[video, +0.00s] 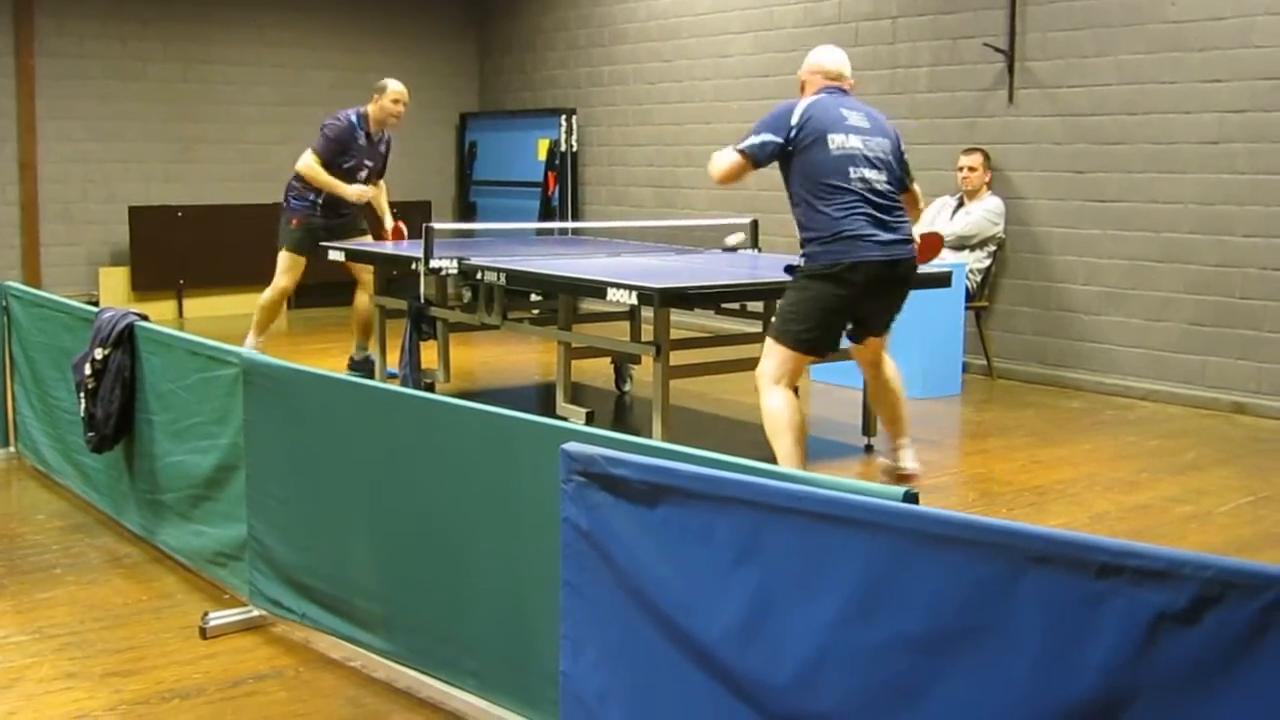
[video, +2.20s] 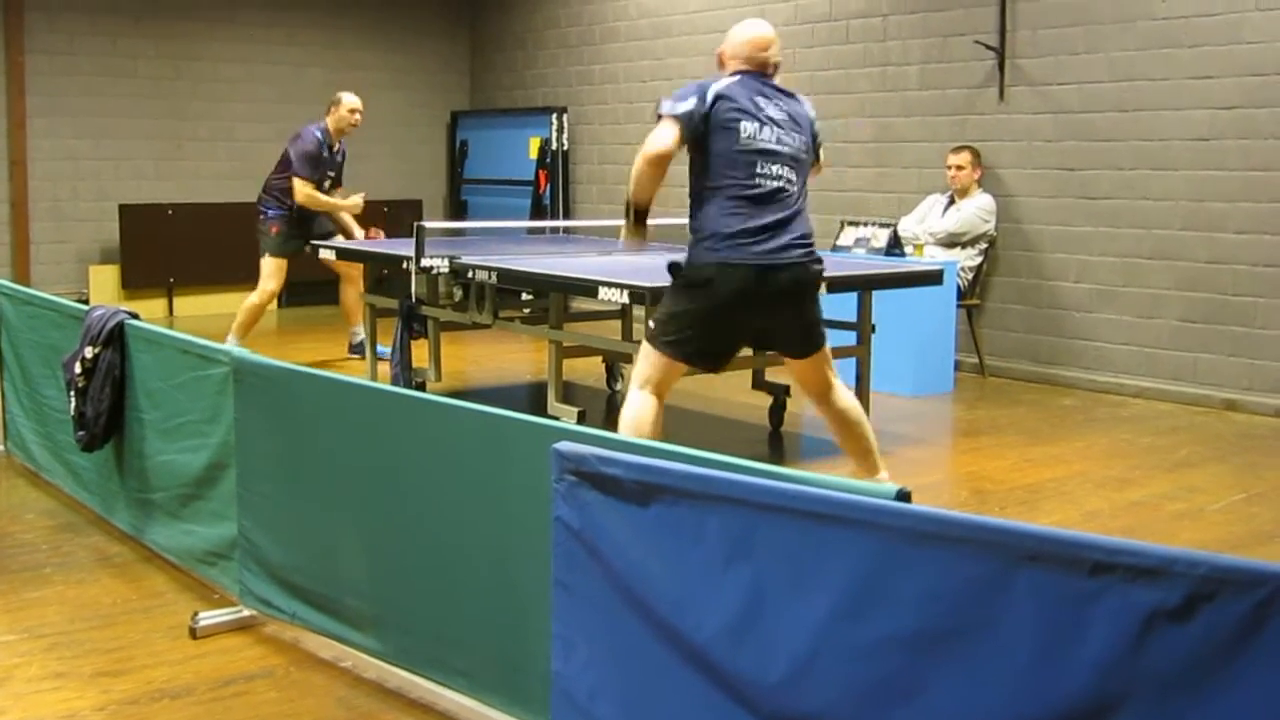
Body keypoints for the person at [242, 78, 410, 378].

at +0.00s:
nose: (400, 110)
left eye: (404, 105)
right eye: (395, 102)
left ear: (403, 108)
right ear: (376, 100)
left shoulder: (384, 140)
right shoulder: (342, 126)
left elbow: (376, 183)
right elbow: (305, 165)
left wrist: (387, 218)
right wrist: (346, 190)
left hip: (345, 212)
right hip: (305, 208)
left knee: (369, 279)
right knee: (284, 285)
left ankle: (360, 356)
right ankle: (252, 344)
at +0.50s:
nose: (381, 119)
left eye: (383, 113)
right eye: (375, 112)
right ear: (354, 112)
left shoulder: (372, 146)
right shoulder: (324, 141)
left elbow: (386, 185)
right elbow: (305, 194)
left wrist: (403, 205)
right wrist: (352, 205)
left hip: (351, 219)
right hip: (310, 218)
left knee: (392, 270)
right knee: (286, 289)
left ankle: (408, 346)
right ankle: (261, 344)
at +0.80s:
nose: (424, 131)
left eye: (425, 126)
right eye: (420, 125)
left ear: (403, 125)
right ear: (399, 123)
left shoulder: (400, 155)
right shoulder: (361, 146)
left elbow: (400, 192)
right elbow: (325, 185)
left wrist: (442, 209)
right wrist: (358, 212)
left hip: (367, 220)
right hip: (327, 217)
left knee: (412, 266)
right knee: (299, 286)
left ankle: (410, 342)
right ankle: (260, 342)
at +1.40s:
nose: (400, 98)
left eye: (404, 93)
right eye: (394, 91)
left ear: (405, 97)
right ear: (376, 92)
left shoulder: (400, 133)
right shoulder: (348, 121)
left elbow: (418, 183)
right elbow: (308, 158)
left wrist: (448, 195)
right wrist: (340, 180)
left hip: (374, 207)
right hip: (331, 205)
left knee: (409, 262)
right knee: (302, 271)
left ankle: (410, 338)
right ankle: (276, 335)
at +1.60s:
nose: (372, 87)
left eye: (376, 82)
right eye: (366, 80)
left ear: (377, 86)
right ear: (348, 82)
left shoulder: (371, 124)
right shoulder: (322, 114)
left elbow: (385, 168)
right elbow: (285, 153)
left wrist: (411, 198)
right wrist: (324, 177)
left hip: (350, 198)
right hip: (309, 198)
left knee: (385, 259)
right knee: (291, 269)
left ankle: (406, 334)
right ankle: (270, 336)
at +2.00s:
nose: (347, 105)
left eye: (350, 100)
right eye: (341, 98)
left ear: (352, 105)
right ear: (324, 100)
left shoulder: (346, 140)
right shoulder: (299, 134)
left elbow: (351, 181)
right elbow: (271, 180)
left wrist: (363, 199)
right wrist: (315, 193)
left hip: (325, 210)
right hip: (286, 209)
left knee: (357, 266)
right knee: (265, 275)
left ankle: (357, 333)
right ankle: (234, 338)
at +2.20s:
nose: (357, 119)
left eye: (360, 114)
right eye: (352, 112)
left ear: (360, 118)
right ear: (333, 112)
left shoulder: (338, 150)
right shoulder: (309, 141)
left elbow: (334, 196)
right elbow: (303, 196)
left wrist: (357, 232)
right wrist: (344, 205)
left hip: (312, 215)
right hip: (279, 214)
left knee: (352, 268)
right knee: (269, 289)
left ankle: (357, 340)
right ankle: (230, 345)